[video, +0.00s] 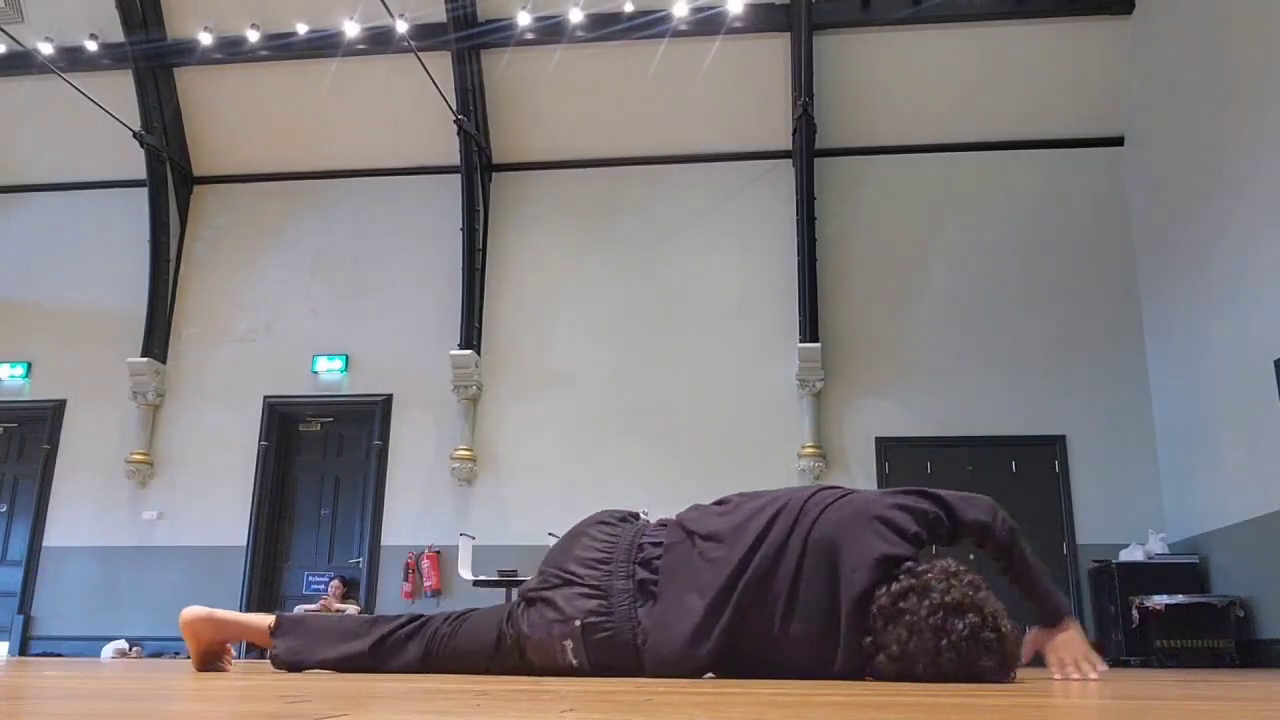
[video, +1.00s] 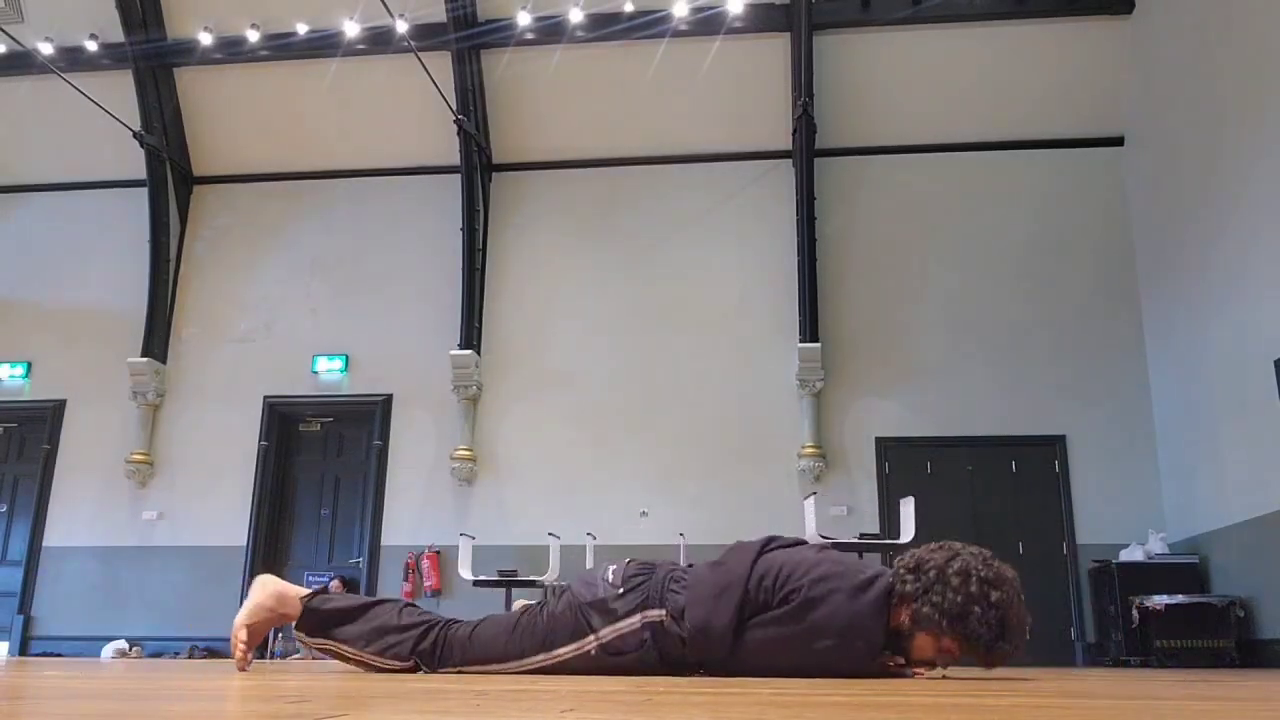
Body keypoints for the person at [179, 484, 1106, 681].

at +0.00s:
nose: (973, 673)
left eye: (986, 660)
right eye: (953, 676)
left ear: (975, 592)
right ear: (893, 659)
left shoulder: (894, 527)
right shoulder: (845, 661)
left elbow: (989, 518)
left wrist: (1057, 622)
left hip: (627, 548)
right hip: (603, 630)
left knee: (467, 622)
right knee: (417, 638)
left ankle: (322, 620)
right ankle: (266, 634)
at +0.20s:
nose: (956, 685)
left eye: (972, 671)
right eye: (953, 678)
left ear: (957, 569)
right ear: (919, 661)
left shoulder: (889, 512)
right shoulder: (855, 663)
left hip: (624, 546)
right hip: (607, 632)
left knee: (457, 626)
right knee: (425, 638)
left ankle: (306, 619)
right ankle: (255, 633)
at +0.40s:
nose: (960, 681)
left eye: (976, 668)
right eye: (963, 673)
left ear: (944, 567)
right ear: (933, 652)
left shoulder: (868, 518)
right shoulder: (847, 646)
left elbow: (756, 531)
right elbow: (743, 667)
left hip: (633, 552)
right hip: (618, 619)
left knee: (455, 629)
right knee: (427, 641)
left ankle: (292, 612)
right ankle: (250, 612)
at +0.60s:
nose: (960, 681)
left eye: (975, 669)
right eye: (966, 673)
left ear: (939, 572)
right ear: (937, 653)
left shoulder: (859, 545)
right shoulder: (850, 636)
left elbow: (750, 545)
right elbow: (749, 663)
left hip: (632, 570)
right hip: (617, 619)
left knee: (451, 631)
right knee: (436, 640)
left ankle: (284, 612)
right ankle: (265, 601)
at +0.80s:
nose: (948, 683)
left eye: (967, 675)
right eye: (952, 673)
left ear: (949, 619)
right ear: (927, 645)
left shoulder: (905, 599)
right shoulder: (855, 610)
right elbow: (743, 568)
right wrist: (664, 650)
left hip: (647, 607)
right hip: (620, 615)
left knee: (462, 638)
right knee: (435, 643)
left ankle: (311, 608)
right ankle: (274, 595)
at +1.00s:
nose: (950, 668)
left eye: (966, 661)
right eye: (958, 657)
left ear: (934, 598)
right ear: (931, 623)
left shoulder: (872, 588)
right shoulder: (854, 617)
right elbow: (750, 664)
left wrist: (897, 657)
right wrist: (886, 673)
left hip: (650, 601)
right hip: (637, 616)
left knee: (481, 642)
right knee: (460, 650)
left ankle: (324, 612)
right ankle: (292, 606)